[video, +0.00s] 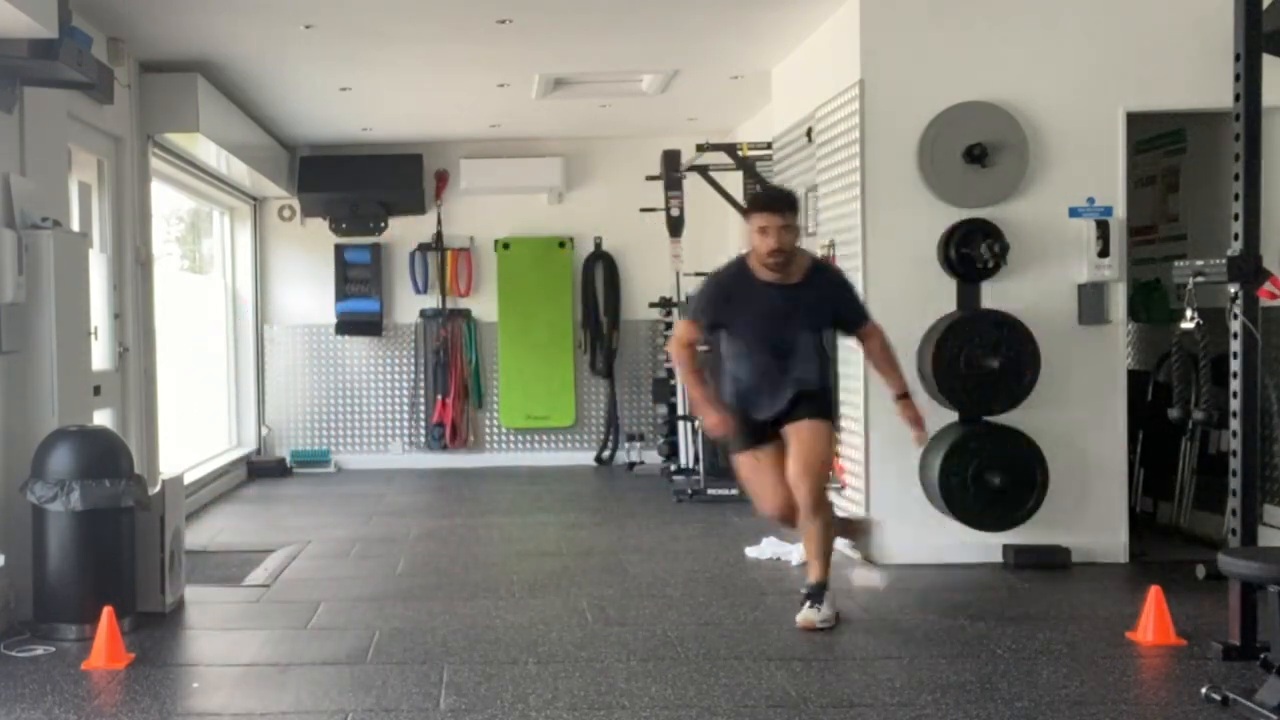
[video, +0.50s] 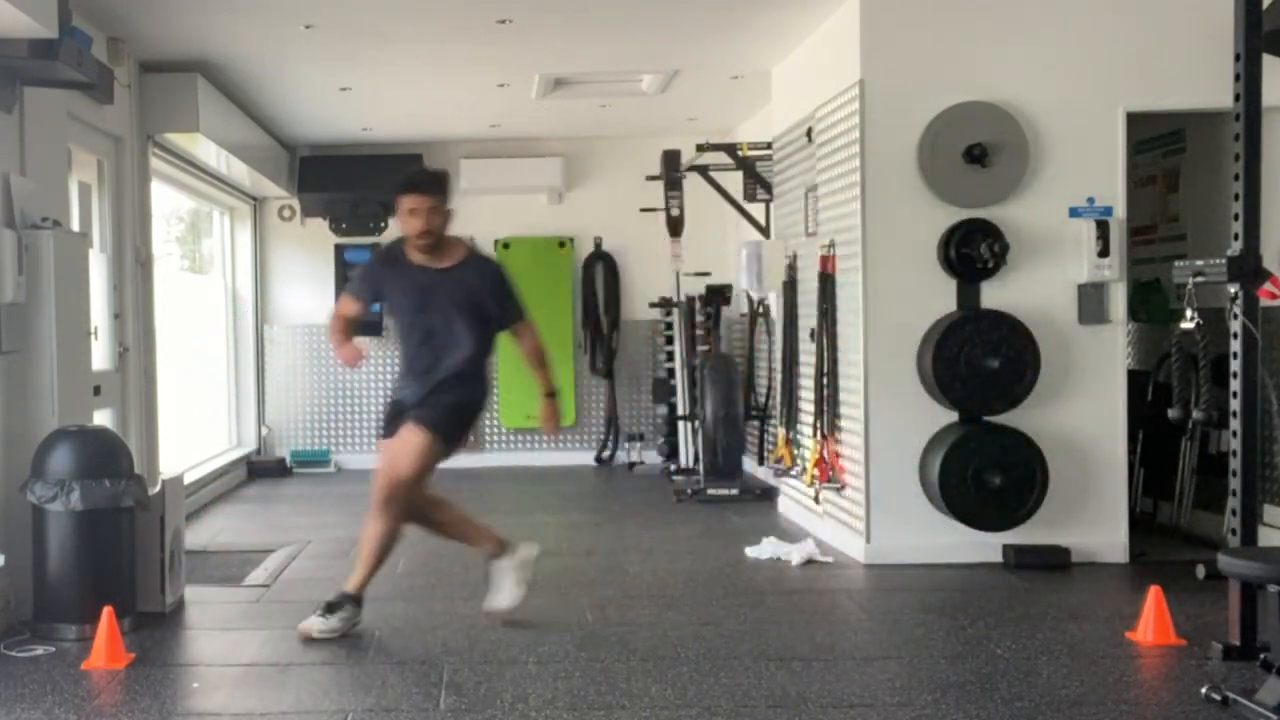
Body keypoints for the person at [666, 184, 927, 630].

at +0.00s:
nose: (774, 243)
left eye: (783, 231)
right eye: (763, 233)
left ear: (796, 230)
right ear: (749, 233)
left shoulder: (823, 280)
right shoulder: (726, 284)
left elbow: (869, 335)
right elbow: (680, 343)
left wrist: (903, 395)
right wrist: (706, 407)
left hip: (806, 398)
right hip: (746, 407)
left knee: (809, 494)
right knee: (777, 507)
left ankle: (816, 594)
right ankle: (849, 528)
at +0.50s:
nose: (422, 224)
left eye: (431, 213)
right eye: (411, 214)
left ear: (446, 213)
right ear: (398, 217)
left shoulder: (481, 272)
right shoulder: (387, 264)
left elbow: (524, 332)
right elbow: (342, 316)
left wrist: (548, 393)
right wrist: (342, 340)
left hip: (456, 391)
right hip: (408, 391)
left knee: (391, 482)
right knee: (399, 496)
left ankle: (350, 598)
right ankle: (503, 551)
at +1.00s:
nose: (185, 264)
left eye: (195, 252)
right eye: (174, 253)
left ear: (212, 249)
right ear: (162, 253)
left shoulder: (258, 297)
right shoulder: (157, 308)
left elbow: (312, 348)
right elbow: (143, 366)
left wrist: (325, 416)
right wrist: (139, 411)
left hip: (267, 401)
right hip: (203, 402)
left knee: (252, 494)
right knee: (163, 491)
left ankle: (294, 580)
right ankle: (151, 599)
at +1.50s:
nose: (307, 248)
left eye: (317, 236)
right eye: (297, 236)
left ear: (336, 237)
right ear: (285, 239)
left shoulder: (372, 287)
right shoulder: (264, 287)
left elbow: (433, 318)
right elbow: (218, 321)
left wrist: (456, 366)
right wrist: (190, 384)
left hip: (330, 420)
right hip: (275, 400)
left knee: (293, 514)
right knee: (265, 473)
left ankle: (240, 589)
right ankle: (198, 556)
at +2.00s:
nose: (676, 213)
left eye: (681, 202)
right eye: (665, 203)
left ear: (685, 204)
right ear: (638, 206)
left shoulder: (689, 259)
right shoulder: (599, 257)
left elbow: (725, 303)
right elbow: (524, 308)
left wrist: (751, 329)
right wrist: (511, 379)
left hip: (641, 386)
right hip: (587, 380)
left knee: (637, 500)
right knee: (604, 479)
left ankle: (587, 592)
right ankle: (523, 562)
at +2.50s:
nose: (981, 253)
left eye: (991, 241)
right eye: (969, 242)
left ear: (1006, 244)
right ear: (949, 248)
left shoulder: (1023, 286)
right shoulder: (930, 301)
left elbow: (1035, 330)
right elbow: (887, 381)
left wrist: (1044, 379)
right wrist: (962, 384)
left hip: (1001, 403)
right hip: (933, 411)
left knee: (1073, 500)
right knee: (942, 478)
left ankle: (1109, 577)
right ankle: (933, 586)